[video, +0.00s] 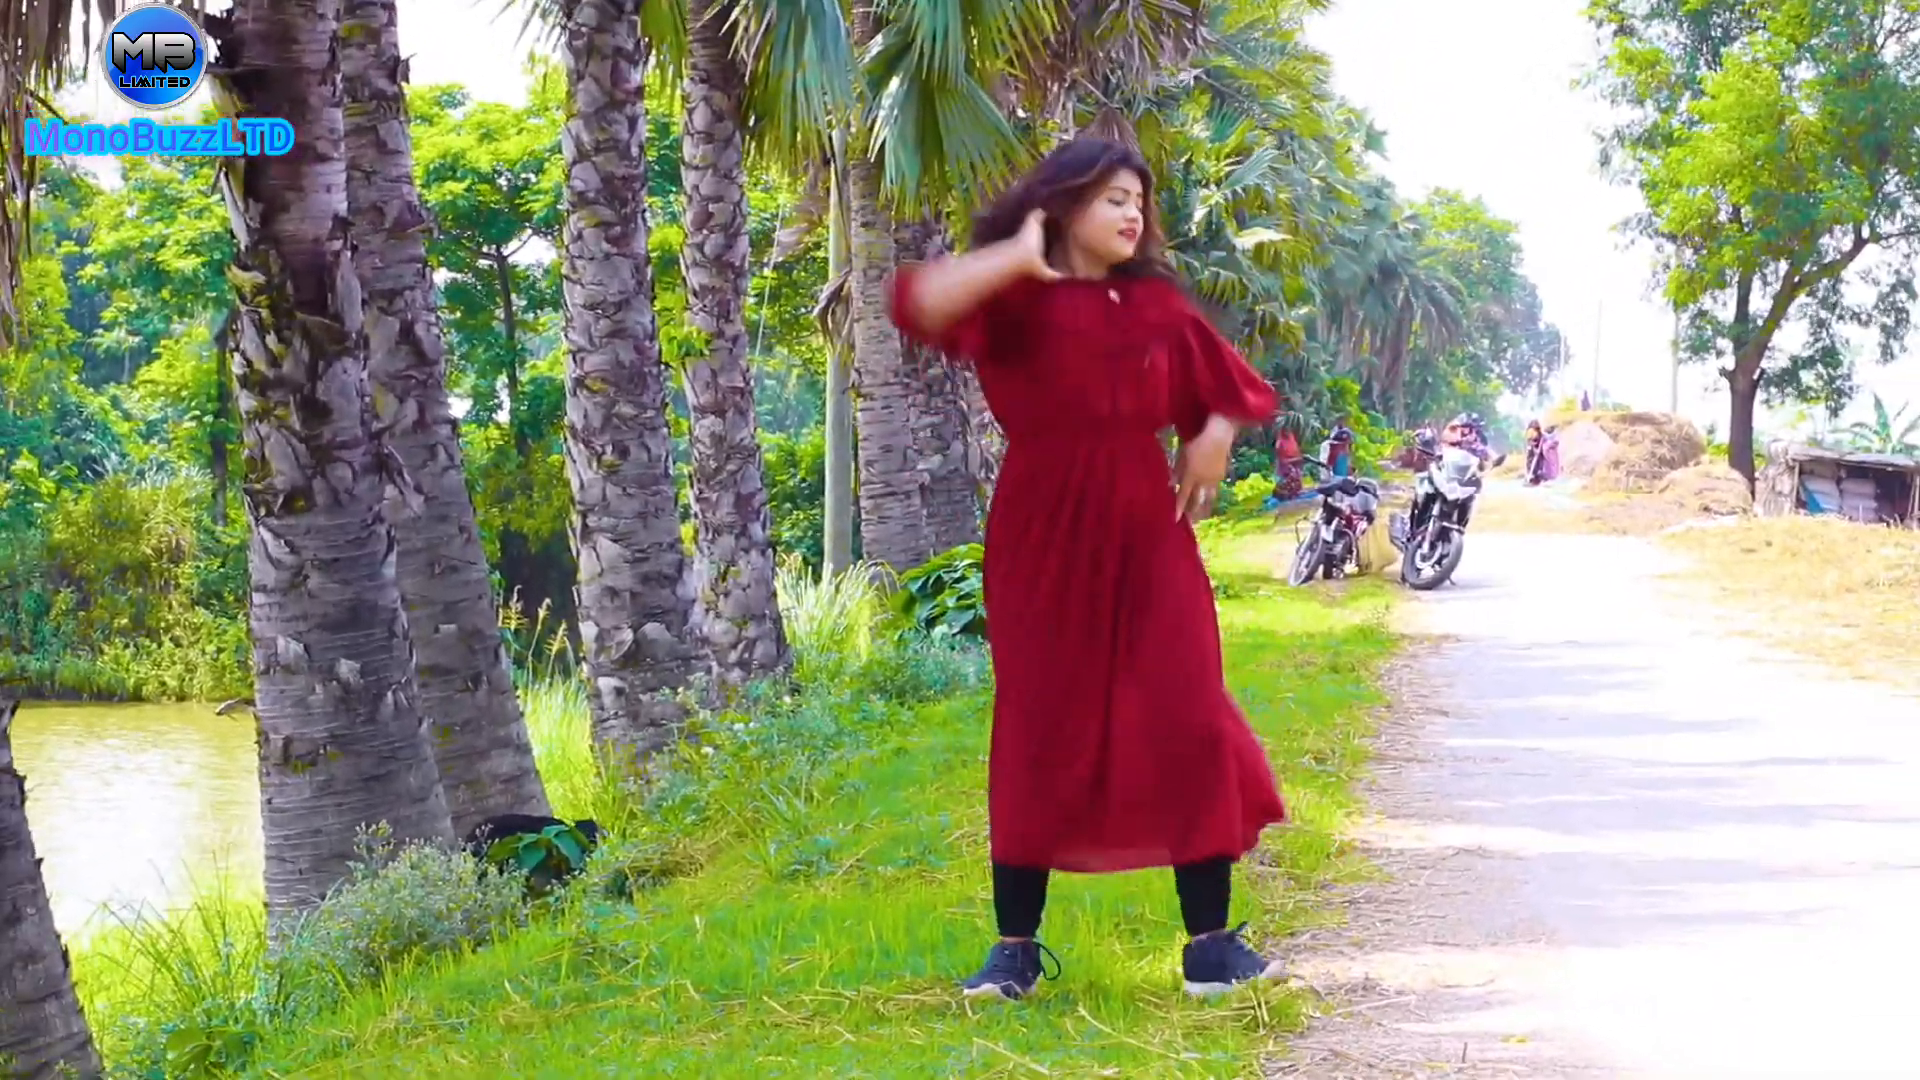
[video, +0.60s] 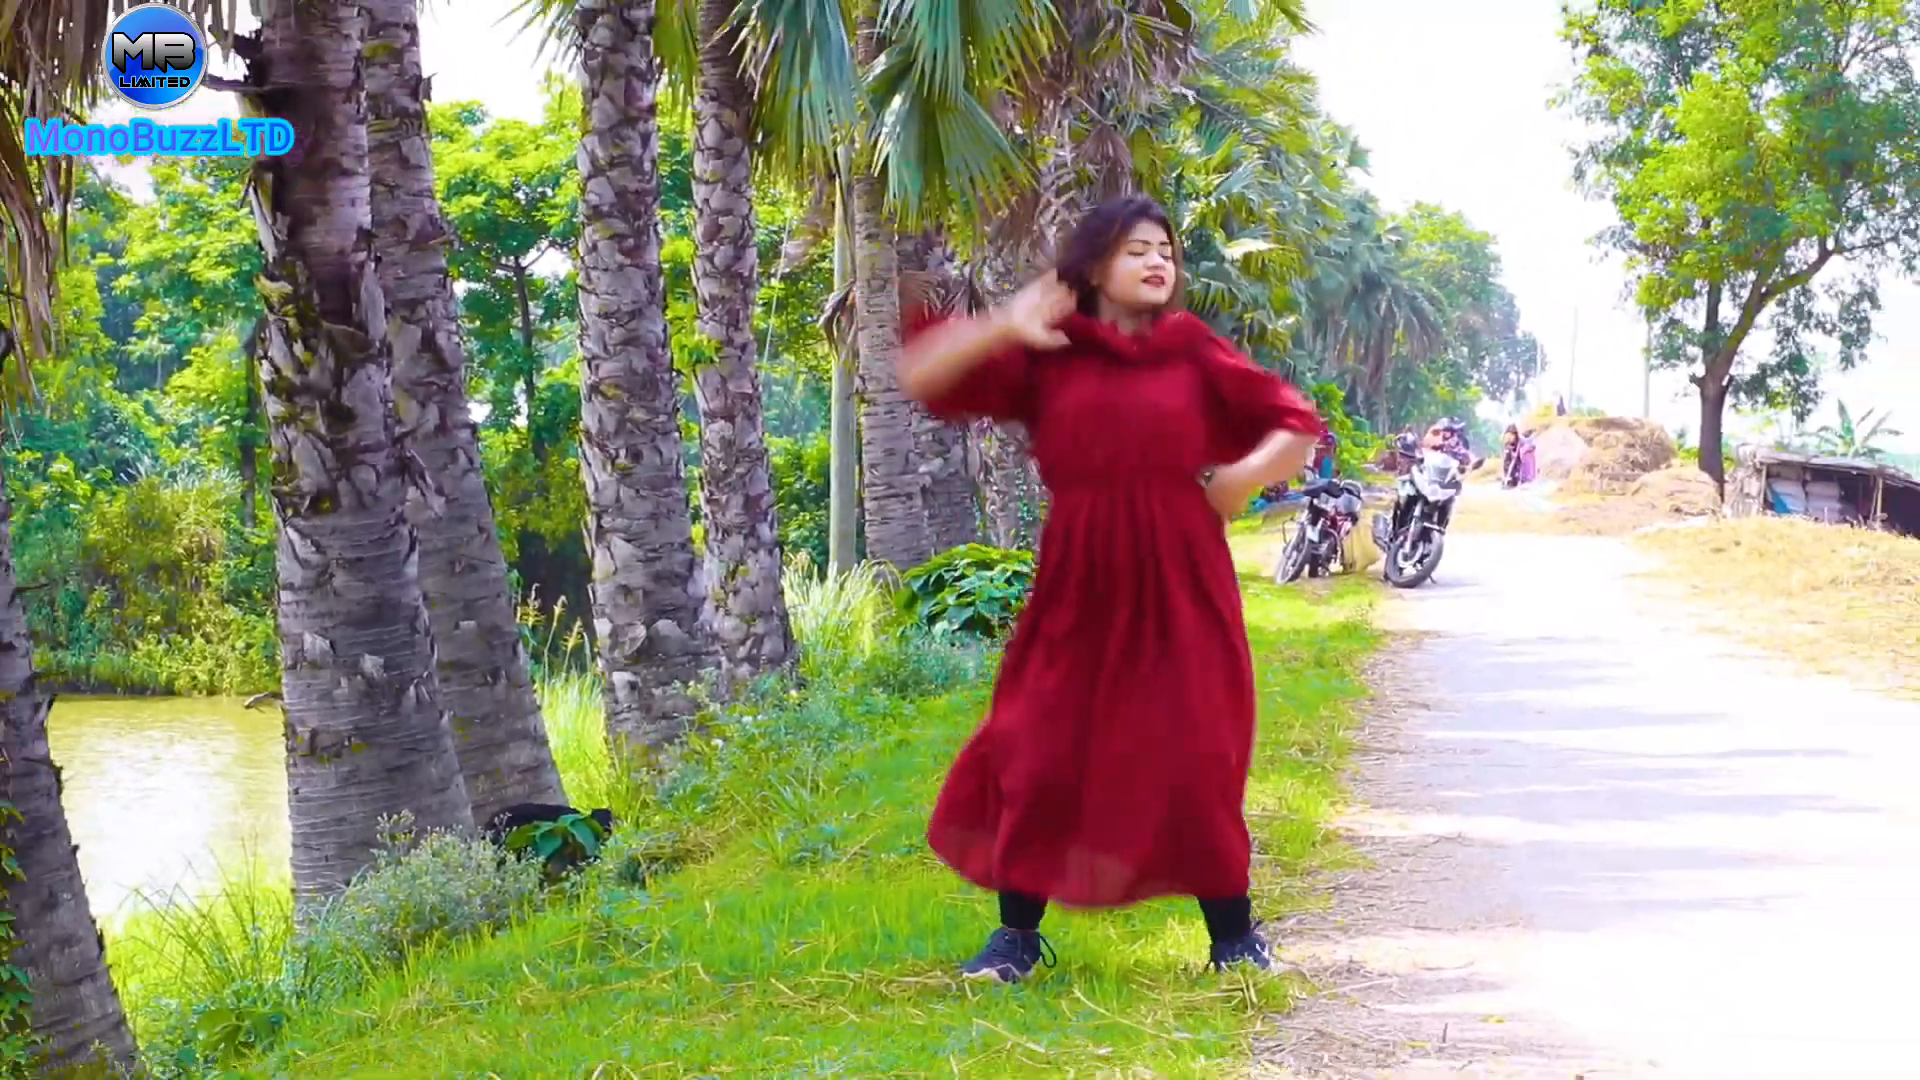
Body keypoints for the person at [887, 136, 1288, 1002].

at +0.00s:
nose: (1133, 215)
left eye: (1139, 203)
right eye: (1116, 198)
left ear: (1142, 220)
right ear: (1060, 206)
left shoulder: (1162, 304)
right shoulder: (1008, 295)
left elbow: (1240, 387)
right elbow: (914, 301)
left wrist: (1216, 432)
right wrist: (1016, 255)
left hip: (1149, 533)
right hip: (1039, 532)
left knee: (1197, 721)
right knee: (1029, 729)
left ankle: (1210, 941)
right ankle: (1015, 949)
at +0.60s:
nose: (1159, 262)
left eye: (1166, 251)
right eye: (1139, 250)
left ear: (1175, 268)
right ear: (1092, 266)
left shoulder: (1191, 348)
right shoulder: (1045, 354)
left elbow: (1300, 425)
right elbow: (919, 373)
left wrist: (1244, 479)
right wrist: (1006, 324)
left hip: (1183, 580)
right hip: (1077, 582)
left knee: (1201, 758)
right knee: (1032, 750)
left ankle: (1234, 944)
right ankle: (1016, 939)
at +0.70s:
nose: (1143, 239)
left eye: (1163, 228)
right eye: (1128, 232)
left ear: (1201, 253)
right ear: (1109, 261)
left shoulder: (1236, 337)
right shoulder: (1084, 359)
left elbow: (1335, 406)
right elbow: (992, 480)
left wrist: (1213, 442)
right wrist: (1051, 416)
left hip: (1208, 564)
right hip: (1103, 562)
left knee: (1221, 759)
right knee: (1052, 753)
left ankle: (1251, 966)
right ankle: (1022, 958)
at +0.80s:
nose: (1143, 217)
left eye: (1162, 202)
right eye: (1141, 204)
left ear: (1214, 215)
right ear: (1141, 226)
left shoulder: (1264, 298)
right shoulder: (1125, 329)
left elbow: (1306, 352)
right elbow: (1075, 441)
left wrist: (1213, 318)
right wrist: (1057, 514)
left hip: (1232, 560)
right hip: (1128, 553)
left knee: (1234, 753)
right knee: (1041, 737)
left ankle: (1256, 971)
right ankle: (1033, 948)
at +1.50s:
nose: (1094, 237)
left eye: (1113, 223)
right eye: (1085, 223)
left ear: (1159, 237)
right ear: (1075, 239)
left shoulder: (1195, 342)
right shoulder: (1054, 335)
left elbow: (1318, 400)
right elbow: (980, 427)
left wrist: (1231, 319)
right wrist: (986, 469)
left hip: (1156, 567)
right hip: (1048, 563)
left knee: (1184, 763)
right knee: (1006, 760)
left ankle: (1247, 963)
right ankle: (1003, 955)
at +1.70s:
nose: (1137, 230)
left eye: (1139, 218)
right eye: (1119, 214)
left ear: (1138, 236)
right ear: (1062, 223)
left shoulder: (1152, 330)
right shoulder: (995, 305)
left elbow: (1209, 453)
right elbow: (952, 371)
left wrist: (1193, 471)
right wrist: (1049, 294)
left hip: (1126, 549)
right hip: (1014, 550)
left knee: (1169, 735)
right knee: (994, 736)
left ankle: (1219, 944)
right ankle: (1001, 954)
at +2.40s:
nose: (1175, 224)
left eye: (1180, 212)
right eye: (1151, 215)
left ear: (1192, 236)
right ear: (1103, 240)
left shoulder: (1225, 338)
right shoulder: (1060, 343)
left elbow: (1327, 456)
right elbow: (929, 377)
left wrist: (1283, 406)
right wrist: (1028, 325)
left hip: (1203, 580)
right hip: (1086, 580)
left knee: (1213, 777)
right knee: (1029, 767)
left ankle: (1252, 973)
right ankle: (1007, 966)